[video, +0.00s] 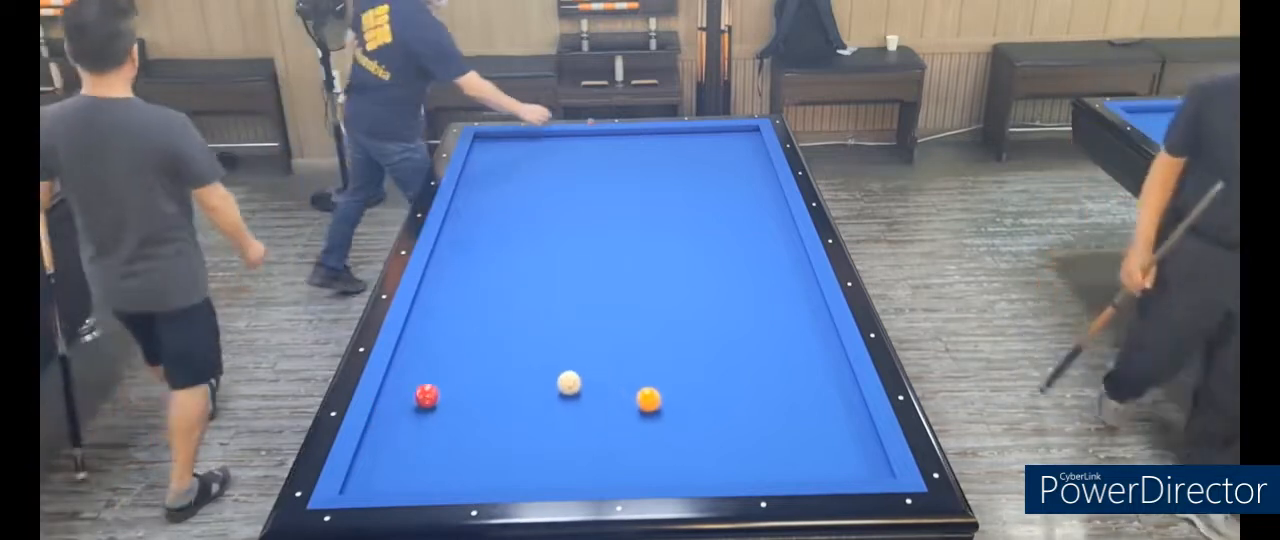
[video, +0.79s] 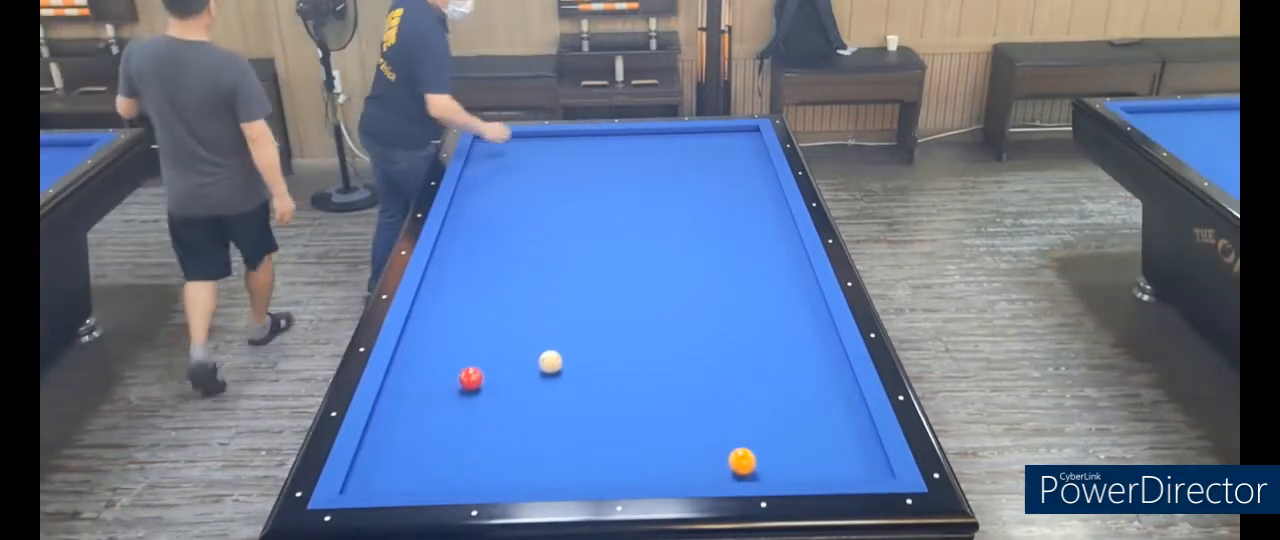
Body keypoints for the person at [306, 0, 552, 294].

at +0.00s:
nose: (447, 6)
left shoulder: (372, 8)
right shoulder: (425, 27)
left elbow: (356, 45)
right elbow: (470, 84)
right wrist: (522, 109)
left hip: (359, 122)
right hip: (393, 131)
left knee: (358, 193)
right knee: (431, 205)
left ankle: (330, 268)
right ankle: (440, 277)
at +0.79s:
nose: (466, 4)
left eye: (467, 2)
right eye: (463, 1)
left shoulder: (404, 7)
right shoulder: (428, 30)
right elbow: (439, 106)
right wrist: (483, 128)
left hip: (381, 131)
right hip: (407, 142)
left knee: (392, 212)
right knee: (429, 215)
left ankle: (380, 287)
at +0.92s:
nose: (445, 3)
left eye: (445, 0)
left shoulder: (410, 17)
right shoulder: (402, 29)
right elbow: (389, 99)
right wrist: (440, 132)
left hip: (395, 141)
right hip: (395, 146)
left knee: (392, 219)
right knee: (428, 216)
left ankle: (381, 293)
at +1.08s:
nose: (419, 1)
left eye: (419, 1)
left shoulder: (403, 18)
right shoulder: (372, 25)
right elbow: (341, 91)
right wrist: (396, 132)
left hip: (401, 146)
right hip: (382, 152)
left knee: (389, 226)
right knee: (429, 222)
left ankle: (381, 295)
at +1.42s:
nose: (379, 9)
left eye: (383, 6)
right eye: (371, 6)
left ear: (388, 2)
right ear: (349, 0)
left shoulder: (387, 19)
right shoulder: (328, 33)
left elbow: (393, 79)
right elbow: (301, 100)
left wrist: (407, 123)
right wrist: (351, 142)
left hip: (389, 155)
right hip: (355, 162)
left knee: (389, 241)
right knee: (376, 249)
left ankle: (386, 324)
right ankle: (365, 334)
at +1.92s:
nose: (328, 9)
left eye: (334, 1)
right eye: (316, 4)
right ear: (293, 5)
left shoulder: (353, 26)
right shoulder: (275, 52)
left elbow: (376, 82)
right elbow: (266, 127)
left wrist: (388, 135)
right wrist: (315, 121)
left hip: (368, 175)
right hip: (324, 185)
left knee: (373, 260)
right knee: (340, 272)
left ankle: (376, 338)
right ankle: (349, 353)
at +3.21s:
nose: (328, 7)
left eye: (333, 0)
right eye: (316, 3)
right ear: (290, 5)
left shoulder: (348, 27)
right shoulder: (279, 51)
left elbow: (375, 80)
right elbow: (299, 126)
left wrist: (390, 120)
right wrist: (366, 127)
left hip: (360, 171)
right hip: (322, 179)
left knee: (361, 259)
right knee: (345, 265)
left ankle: (357, 336)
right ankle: (340, 352)